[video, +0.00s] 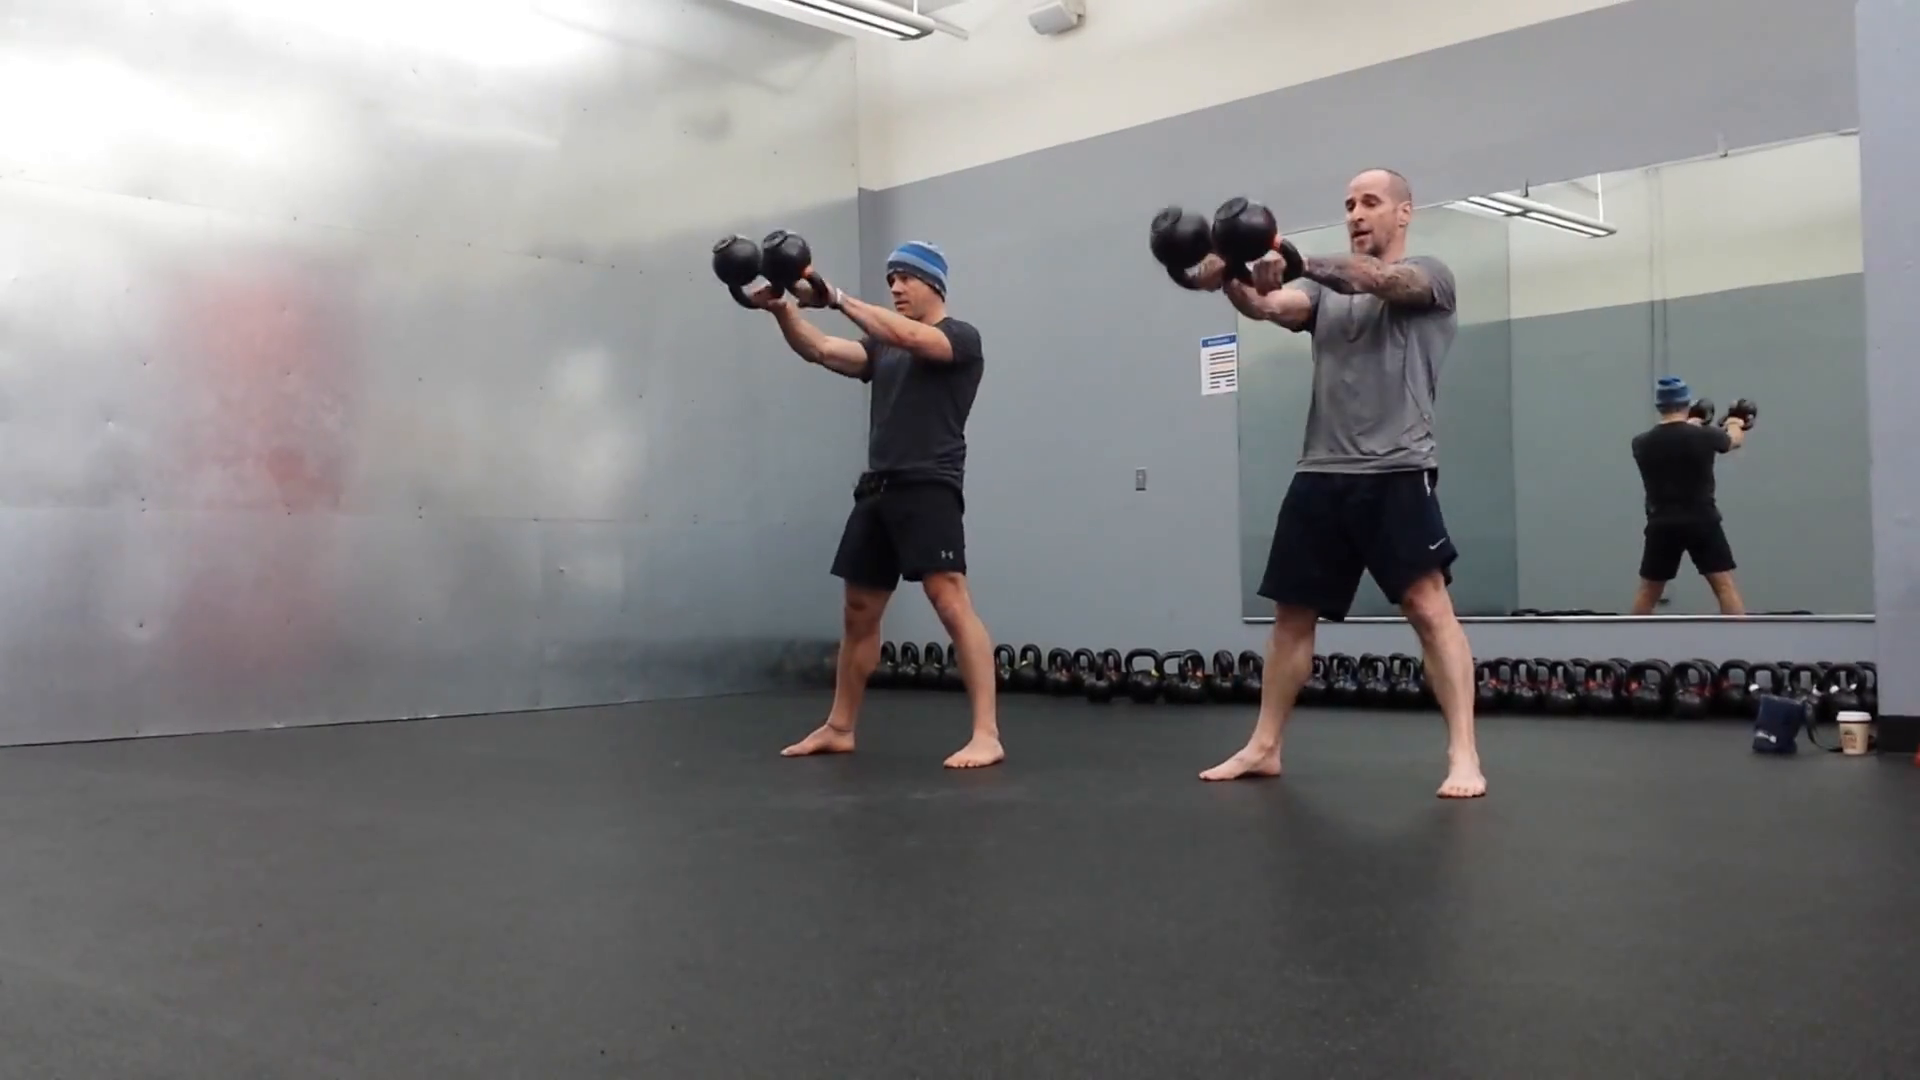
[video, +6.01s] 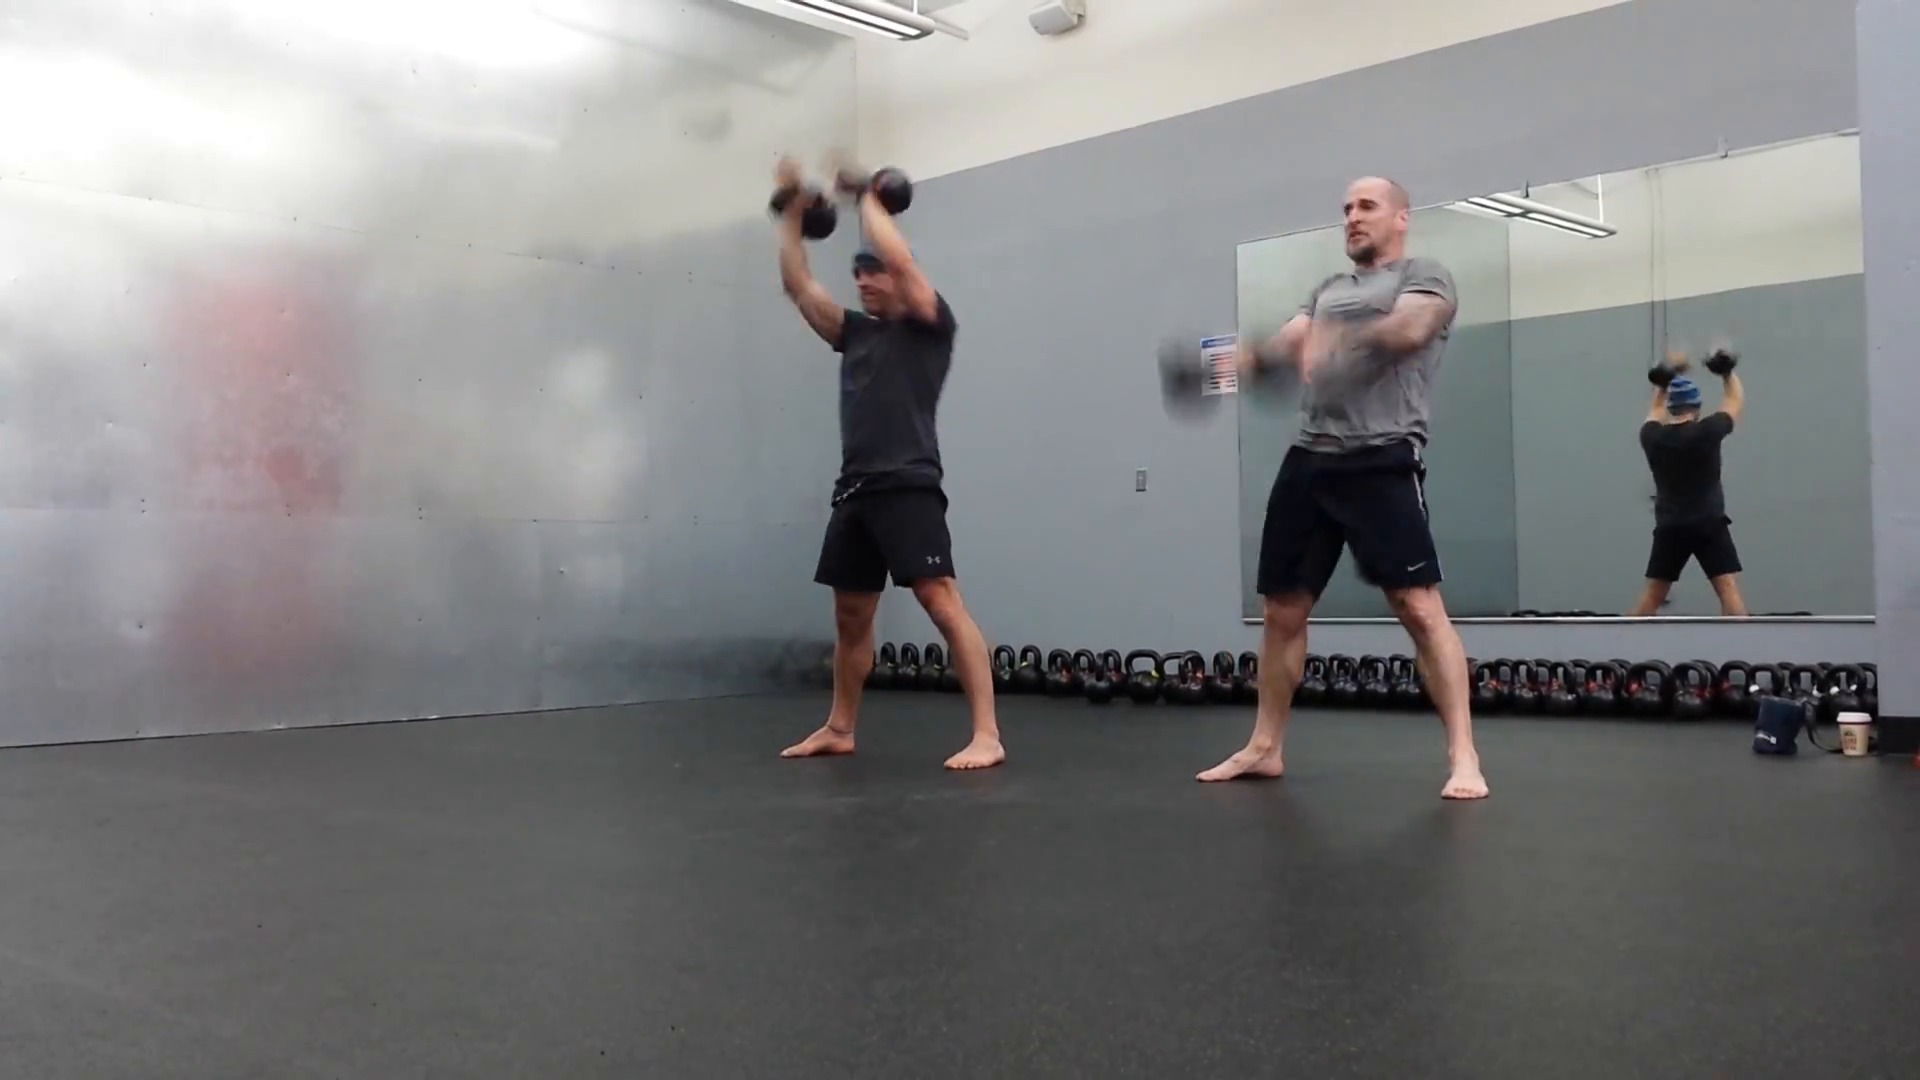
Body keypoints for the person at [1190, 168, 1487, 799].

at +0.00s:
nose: (1355, 214)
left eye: (1369, 201)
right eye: (1350, 206)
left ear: (1406, 212)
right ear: (1346, 219)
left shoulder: (1432, 277)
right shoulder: (1329, 287)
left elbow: (1377, 279)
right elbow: (1263, 303)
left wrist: (1300, 264)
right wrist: (1223, 271)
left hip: (1397, 473)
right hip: (1320, 474)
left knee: (1429, 609)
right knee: (1292, 612)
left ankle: (1464, 756)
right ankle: (1264, 745)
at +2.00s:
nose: (1312, 198)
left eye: (1325, 187)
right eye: (1308, 189)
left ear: (1364, 197)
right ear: (1303, 201)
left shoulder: (1385, 250)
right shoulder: (1285, 260)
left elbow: (1388, 152)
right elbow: (1234, 181)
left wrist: (1368, 63)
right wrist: (1254, 89)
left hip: (1365, 461)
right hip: (1288, 463)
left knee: (1412, 612)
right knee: (1284, 616)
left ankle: (1460, 760)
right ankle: (1265, 747)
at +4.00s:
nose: (1282, 323)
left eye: (1294, 309)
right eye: (1277, 312)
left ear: (1332, 308)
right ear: (1275, 317)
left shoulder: (1385, 380)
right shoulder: (1279, 395)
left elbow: (1398, 496)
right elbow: (1291, 494)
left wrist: (1393, 590)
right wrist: (1309, 585)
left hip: (1419, 512)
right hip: (1344, 517)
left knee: (1453, 604)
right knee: (1239, 608)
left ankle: (1469, 755)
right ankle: (1259, 745)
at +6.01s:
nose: (1353, 218)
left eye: (1367, 206)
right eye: (1347, 210)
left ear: (1402, 218)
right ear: (1343, 225)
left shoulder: (1427, 278)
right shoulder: (1328, 292)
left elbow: (1406, 332)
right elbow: (1289, 344)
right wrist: (1248, 358)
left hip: (1384, 466)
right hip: (1311, 466)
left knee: (1420, 610)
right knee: (1282, 611)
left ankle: (1463, 757)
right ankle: (1264, 746)